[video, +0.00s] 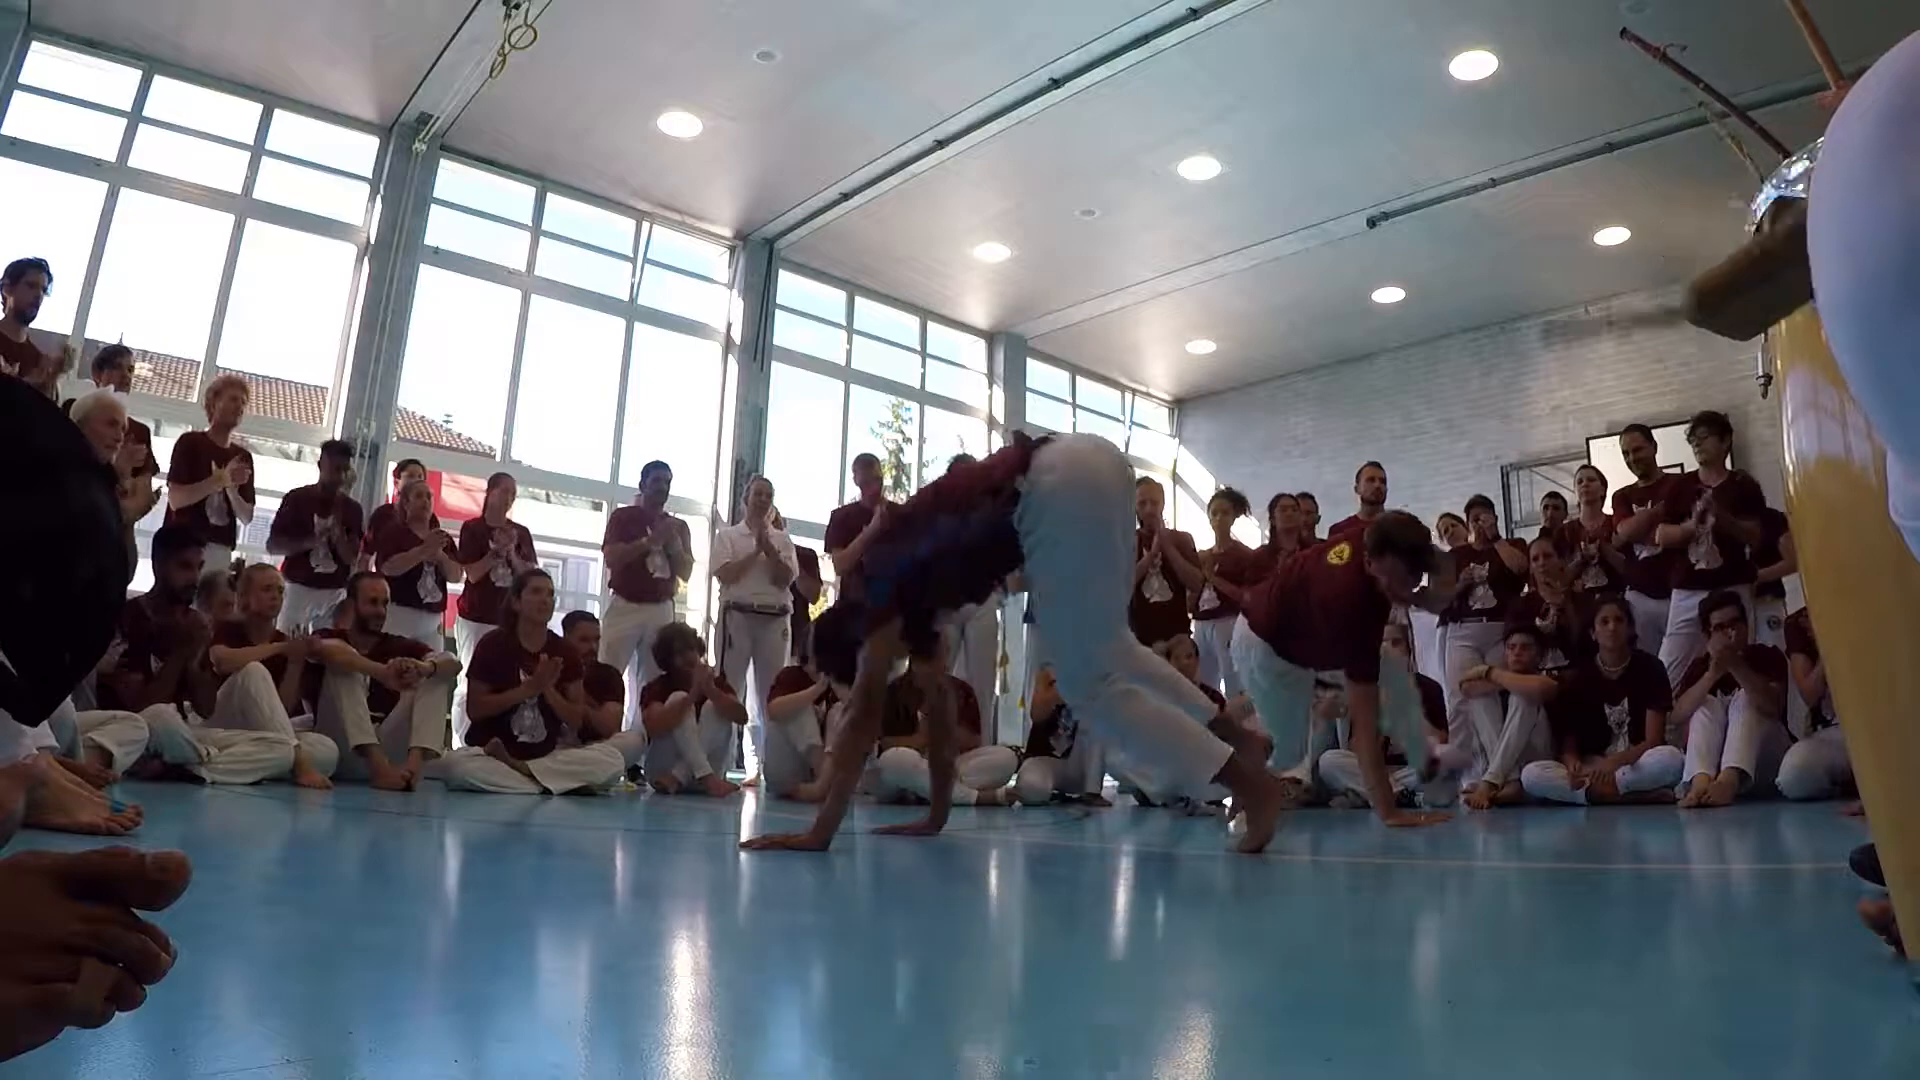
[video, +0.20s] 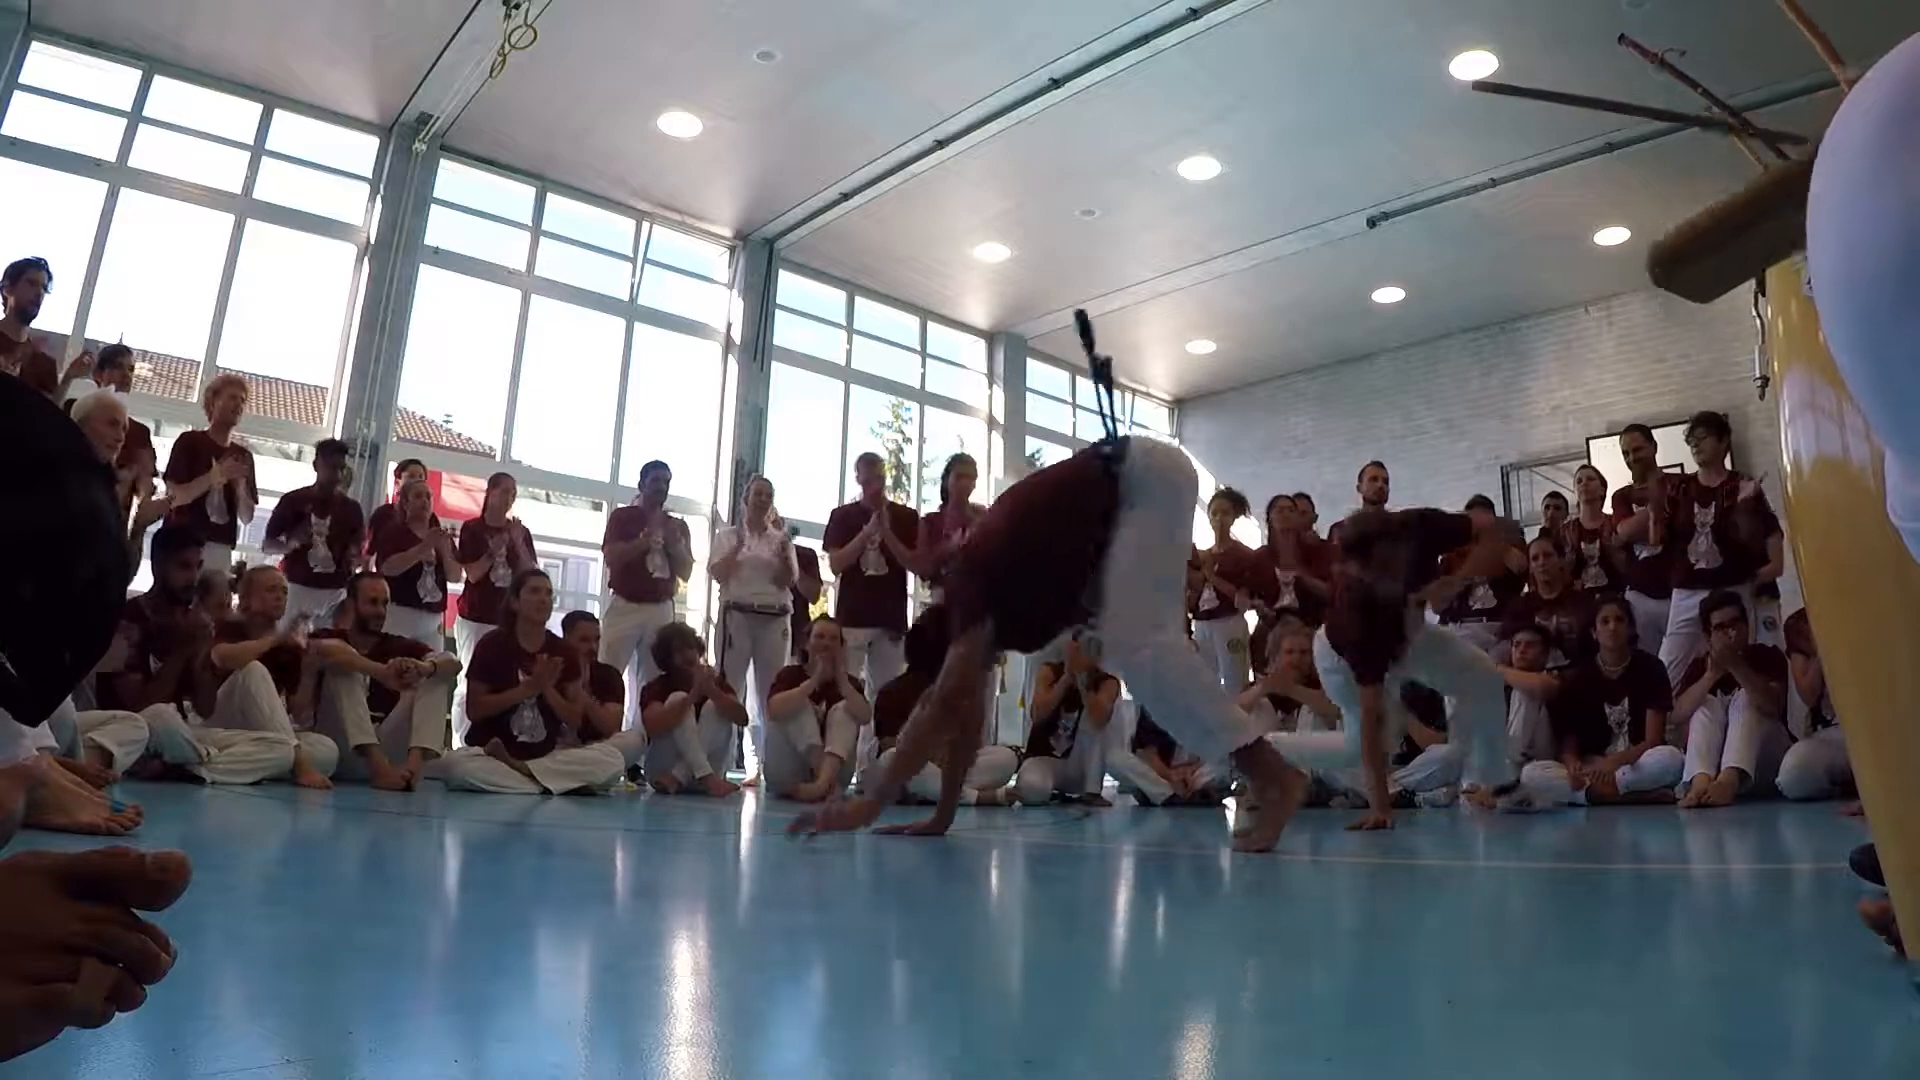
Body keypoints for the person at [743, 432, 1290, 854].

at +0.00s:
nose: (852, 685)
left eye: (845, 676)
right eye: (844, 681)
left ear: (846, 638)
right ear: (865, 626)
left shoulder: (873, 589)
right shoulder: (923, 608)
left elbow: (860, 716)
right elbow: (938, 713)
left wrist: (819, 832)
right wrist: (936, 816)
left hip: (1060, 473)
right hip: (1090, 465)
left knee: (1090, 684)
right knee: (1106, 646)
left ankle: (1253, 783)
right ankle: (1229, 730)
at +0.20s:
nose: (948, 694)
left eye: (942, 687)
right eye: (943, 692)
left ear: (942, 643)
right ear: (951, 640)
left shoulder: (971, 577)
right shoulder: (982, 604)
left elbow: (944, 702)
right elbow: (965, 713)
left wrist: (871, 798)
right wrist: (941, 817)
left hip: (1148, 470)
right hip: (1145, 481)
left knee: (1137, 642)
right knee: (1144, 643)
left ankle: (1270, 775)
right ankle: (1263, 772)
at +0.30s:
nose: (1001, 688)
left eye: (998, 680)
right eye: (991, 687)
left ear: (994, 640)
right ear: (980, 634)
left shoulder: (1024, 581)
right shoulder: (990, 604)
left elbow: (1033, 684)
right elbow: (984, 708)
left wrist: (997, 798)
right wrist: (950, 805)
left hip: (1181, 481)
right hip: (1146, 507)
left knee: (1167, 627)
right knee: (1151, 655)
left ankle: (1292, 765)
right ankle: (1267, 770)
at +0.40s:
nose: (1061, 688)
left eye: (1053, 680)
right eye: (1050, 688)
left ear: (1042, 645)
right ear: (1015, 643)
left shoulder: (1066, 582)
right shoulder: (1010, 623)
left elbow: (1108, 676)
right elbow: (990, 730)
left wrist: (1110, 790)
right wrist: (944, 817)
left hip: (1205, 501)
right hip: (1160, 559)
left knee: (1215, 627)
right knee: (1172, 683)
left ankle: (1349, 762)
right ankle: (1281, 785)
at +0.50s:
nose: (1087, 698)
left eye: (1081, 691)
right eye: (1075, 697)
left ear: (1067, 652)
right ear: (1039, 659)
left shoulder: (1094, 597)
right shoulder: (1029, 640)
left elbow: (1153, 692)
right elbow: (995, 734)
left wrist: (1177, 800)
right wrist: (944, 819)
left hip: (1214, 508)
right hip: (1181, 570)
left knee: (1278, 626)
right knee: (1187, 691)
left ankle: (1414, 745)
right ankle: (1284, 790)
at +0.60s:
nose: (1101, 708)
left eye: (1093, 701)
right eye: (1087, 710)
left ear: (1083, 666)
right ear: (1042, 675)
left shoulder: (1102, 595)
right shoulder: (1040, 642)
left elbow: (1168, 696)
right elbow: (1000, 735)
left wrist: (1196, 816)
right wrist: (946, 814)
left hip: (1223, 515)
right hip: (1188, 577)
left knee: (1333, 617)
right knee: (1192, 690)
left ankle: (1482, 728)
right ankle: (1281, 793)